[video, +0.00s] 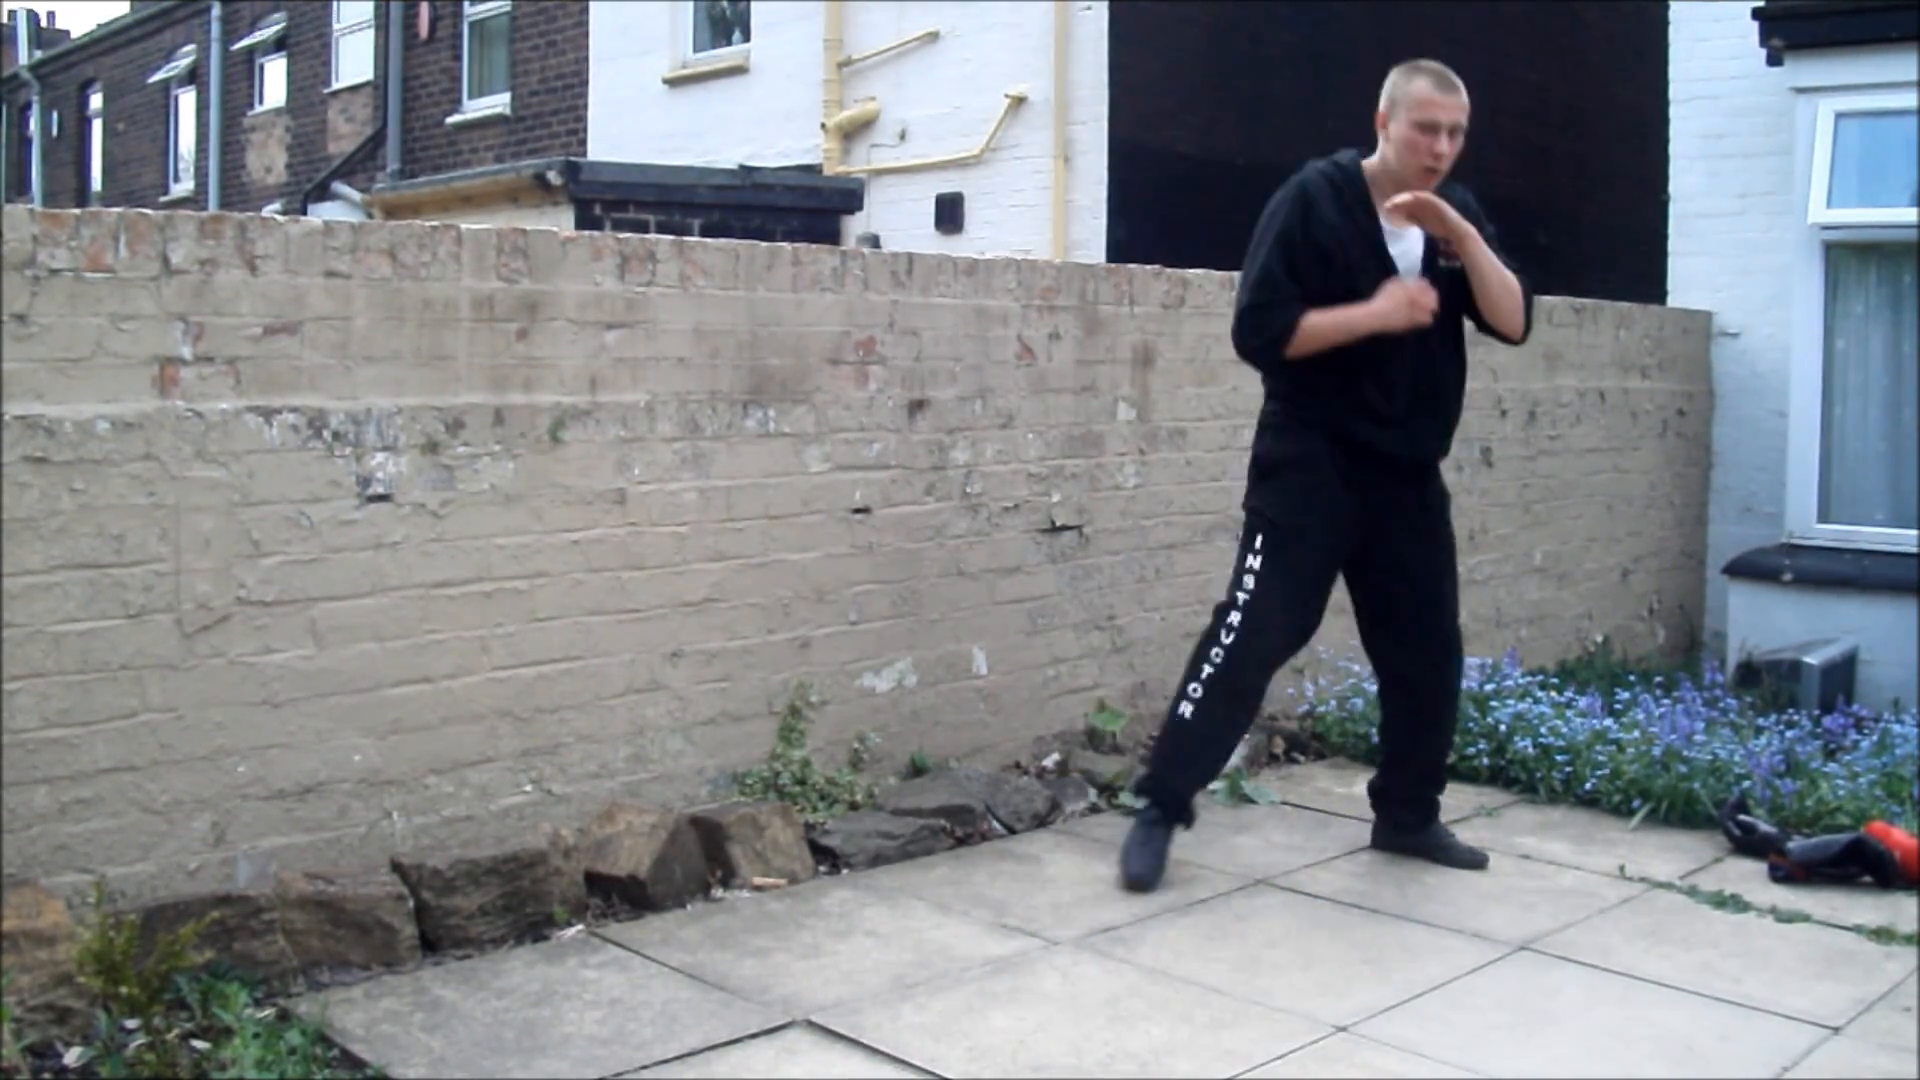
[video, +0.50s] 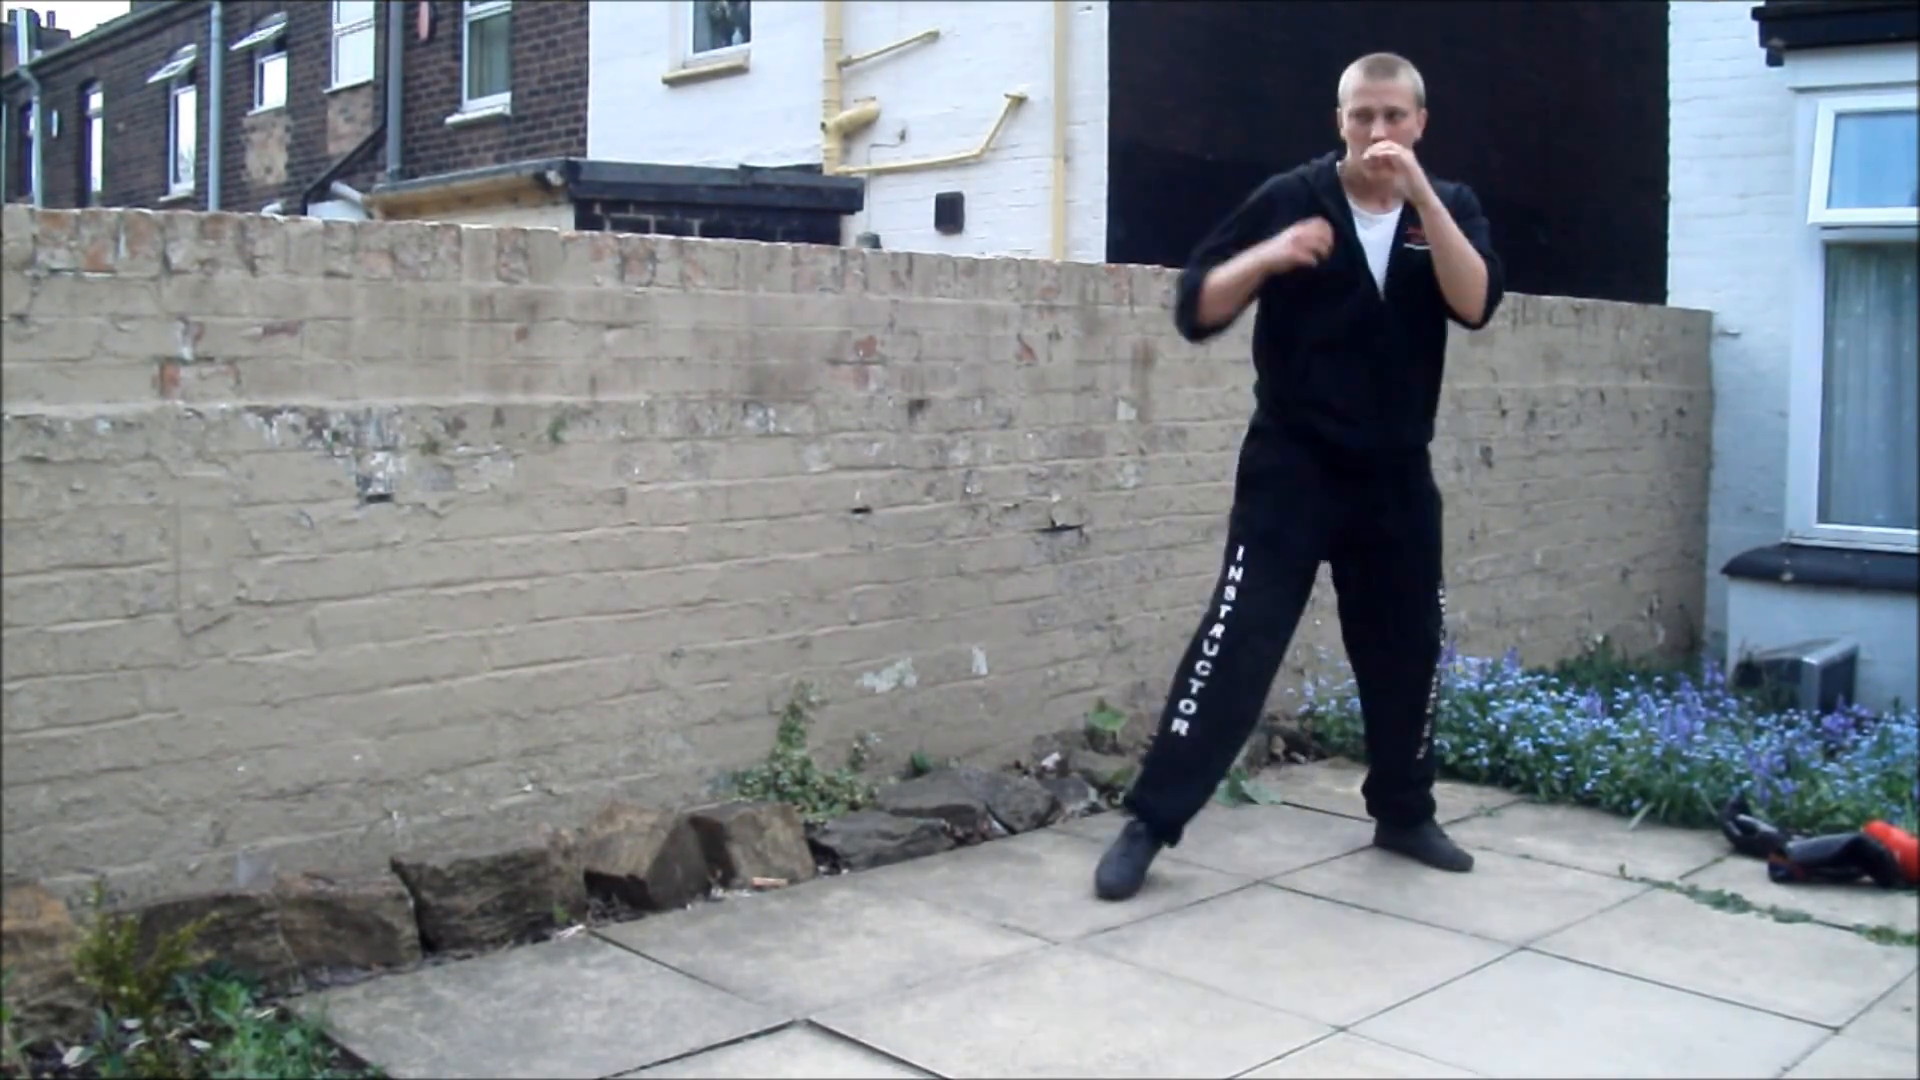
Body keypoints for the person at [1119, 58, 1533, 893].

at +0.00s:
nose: (1439, 146)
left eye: (1453, 133)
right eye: (1424, 128)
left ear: (1464, 139)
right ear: (1384, 123)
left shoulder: (1458, 216)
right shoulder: (1316, 196)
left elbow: (1512, 322)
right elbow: (1257, 332)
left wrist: (1461, 236)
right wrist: (1375, 312)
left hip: (1406, 476)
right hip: (1306, 469)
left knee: (1426, 654)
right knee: (1252, 635)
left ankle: (1407, 818)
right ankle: (1159, 809)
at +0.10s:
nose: (1406, 106)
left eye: (1421, 91)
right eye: (1390, 90)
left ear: (1439, 98)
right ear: (1357, 92)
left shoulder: (1463, 179)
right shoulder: (1303, 165)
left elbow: (1482, 290)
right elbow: (1246, 290)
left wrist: (1429, 186)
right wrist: (1343, 245)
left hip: (1411, 438)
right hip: (1305, 431)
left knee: (1411, 624)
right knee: (1284, 616)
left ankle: (1409, 801)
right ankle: (1237, 789)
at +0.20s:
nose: (1380, 122)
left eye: (1396, 106)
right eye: (1366, 107)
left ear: (1422, 112)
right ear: (1339, 113)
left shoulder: (1459, 195)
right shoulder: (1293, 188)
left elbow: (1463, 304)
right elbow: (1236, 307)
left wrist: (1410, 199)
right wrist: (1312, 249)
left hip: (1420, 456)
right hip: (1309, 450)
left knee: (1417, 643)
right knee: (1300, 635)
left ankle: (1408, 812)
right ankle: (1276, 799)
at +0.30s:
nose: (1363, 145)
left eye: (1380, 131)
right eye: (1350, 131)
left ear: (1412, 136)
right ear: (1332, 136)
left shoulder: (1461, 224)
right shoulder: (1291, 232)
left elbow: (1447, 346)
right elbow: (1236, 359)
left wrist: (1401, 236)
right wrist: (1295, 295)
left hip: (1421, 485)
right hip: (1308, 479)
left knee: (1428, 655)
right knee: (1272, 635)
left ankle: (1407, 814)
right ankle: (1270, 784)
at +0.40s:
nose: (1371, 133)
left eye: (1387, 118)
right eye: (1358, 117)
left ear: (1416, 124)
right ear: (1335, 122)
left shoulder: (1460, 208)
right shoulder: (1289, 212)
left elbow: (1453, 331)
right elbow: (1253, 358)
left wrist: (1416, 218)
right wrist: (1286, 322)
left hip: (1407, 472)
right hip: (1295, 463)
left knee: (1412, 650)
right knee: (1251, 619)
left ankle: (1406, 814)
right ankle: (1232, 792)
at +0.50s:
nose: (1379, 131)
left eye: (1395, 116)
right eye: (1363, 116)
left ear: (1422, 123)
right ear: (1339, 122)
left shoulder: (1450, 209)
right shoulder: (1291, 200)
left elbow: (1476, 305)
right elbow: (1194, 311)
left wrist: (1424, 202)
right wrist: (1263, 257)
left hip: (1395, 474)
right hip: (1289, 467)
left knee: (1404, 647)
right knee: (1238, 640)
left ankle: (1404, 814)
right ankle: (1148, 824)